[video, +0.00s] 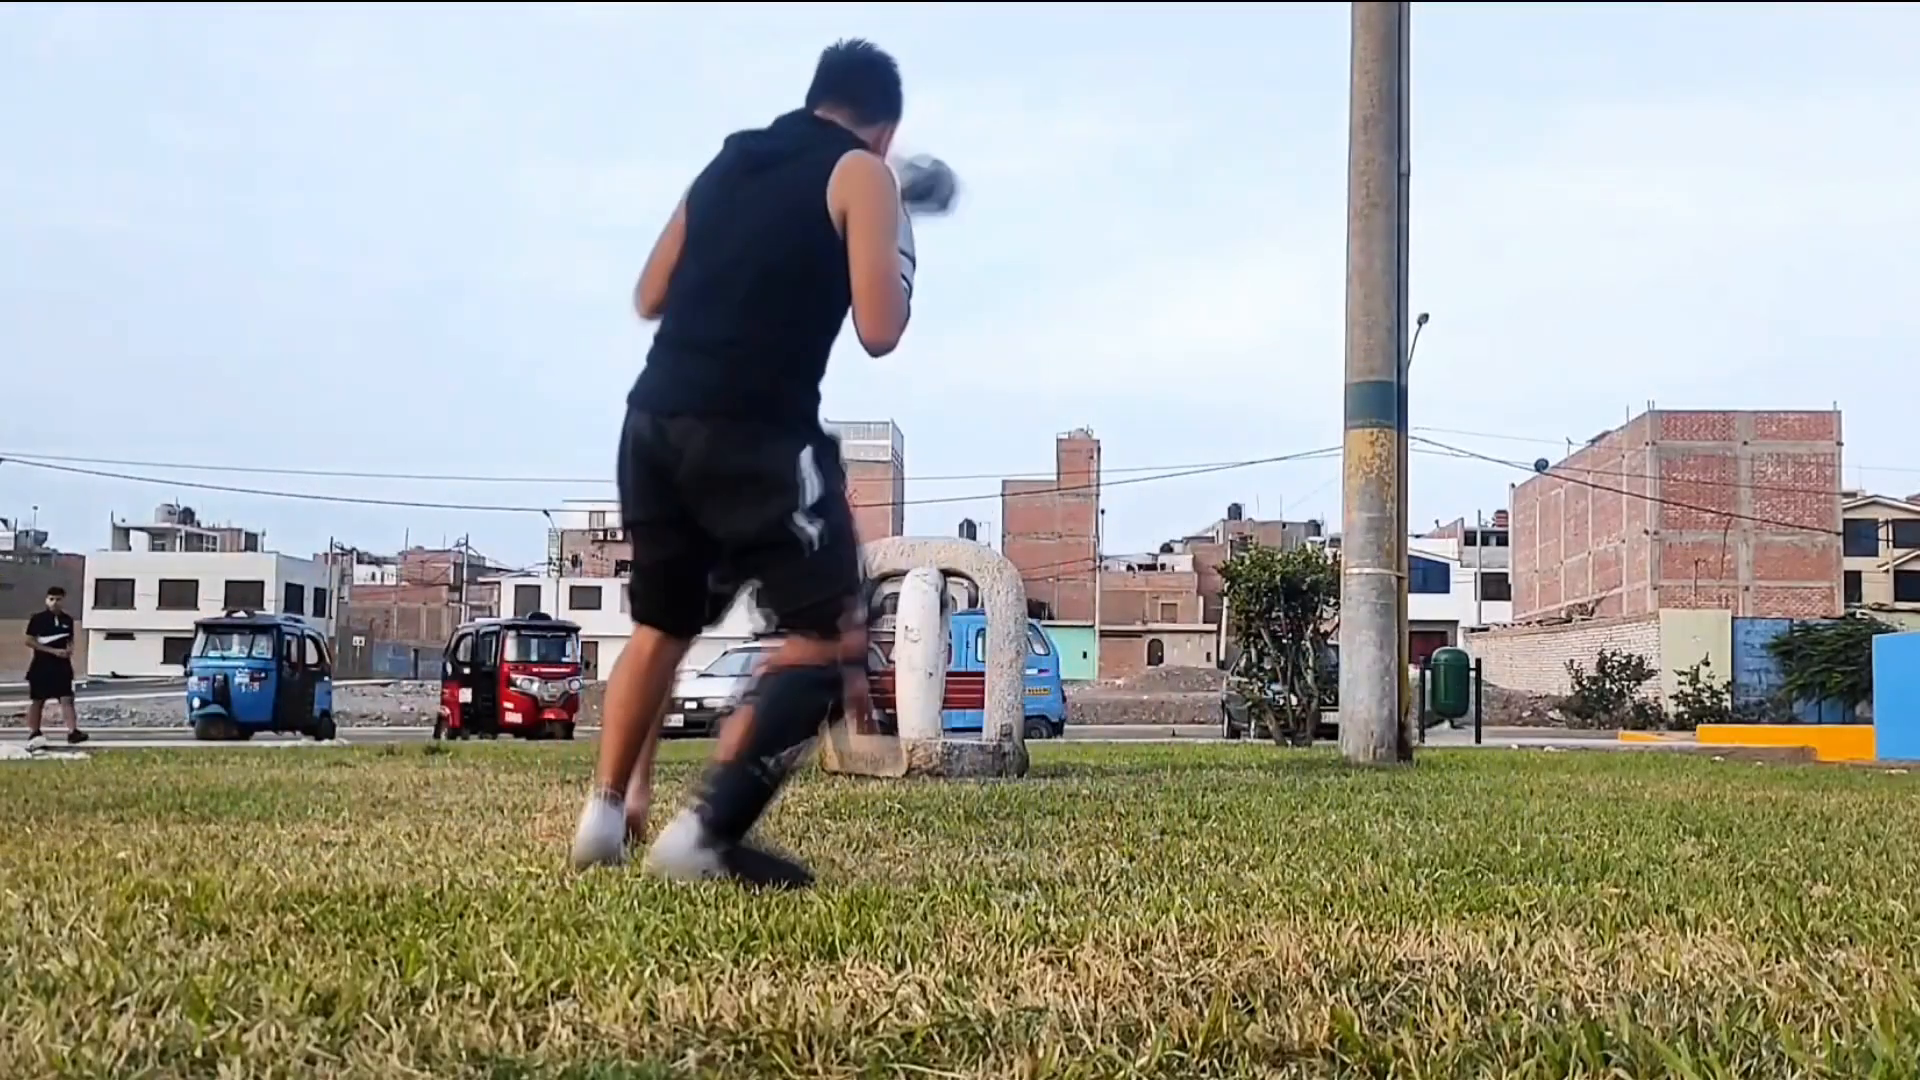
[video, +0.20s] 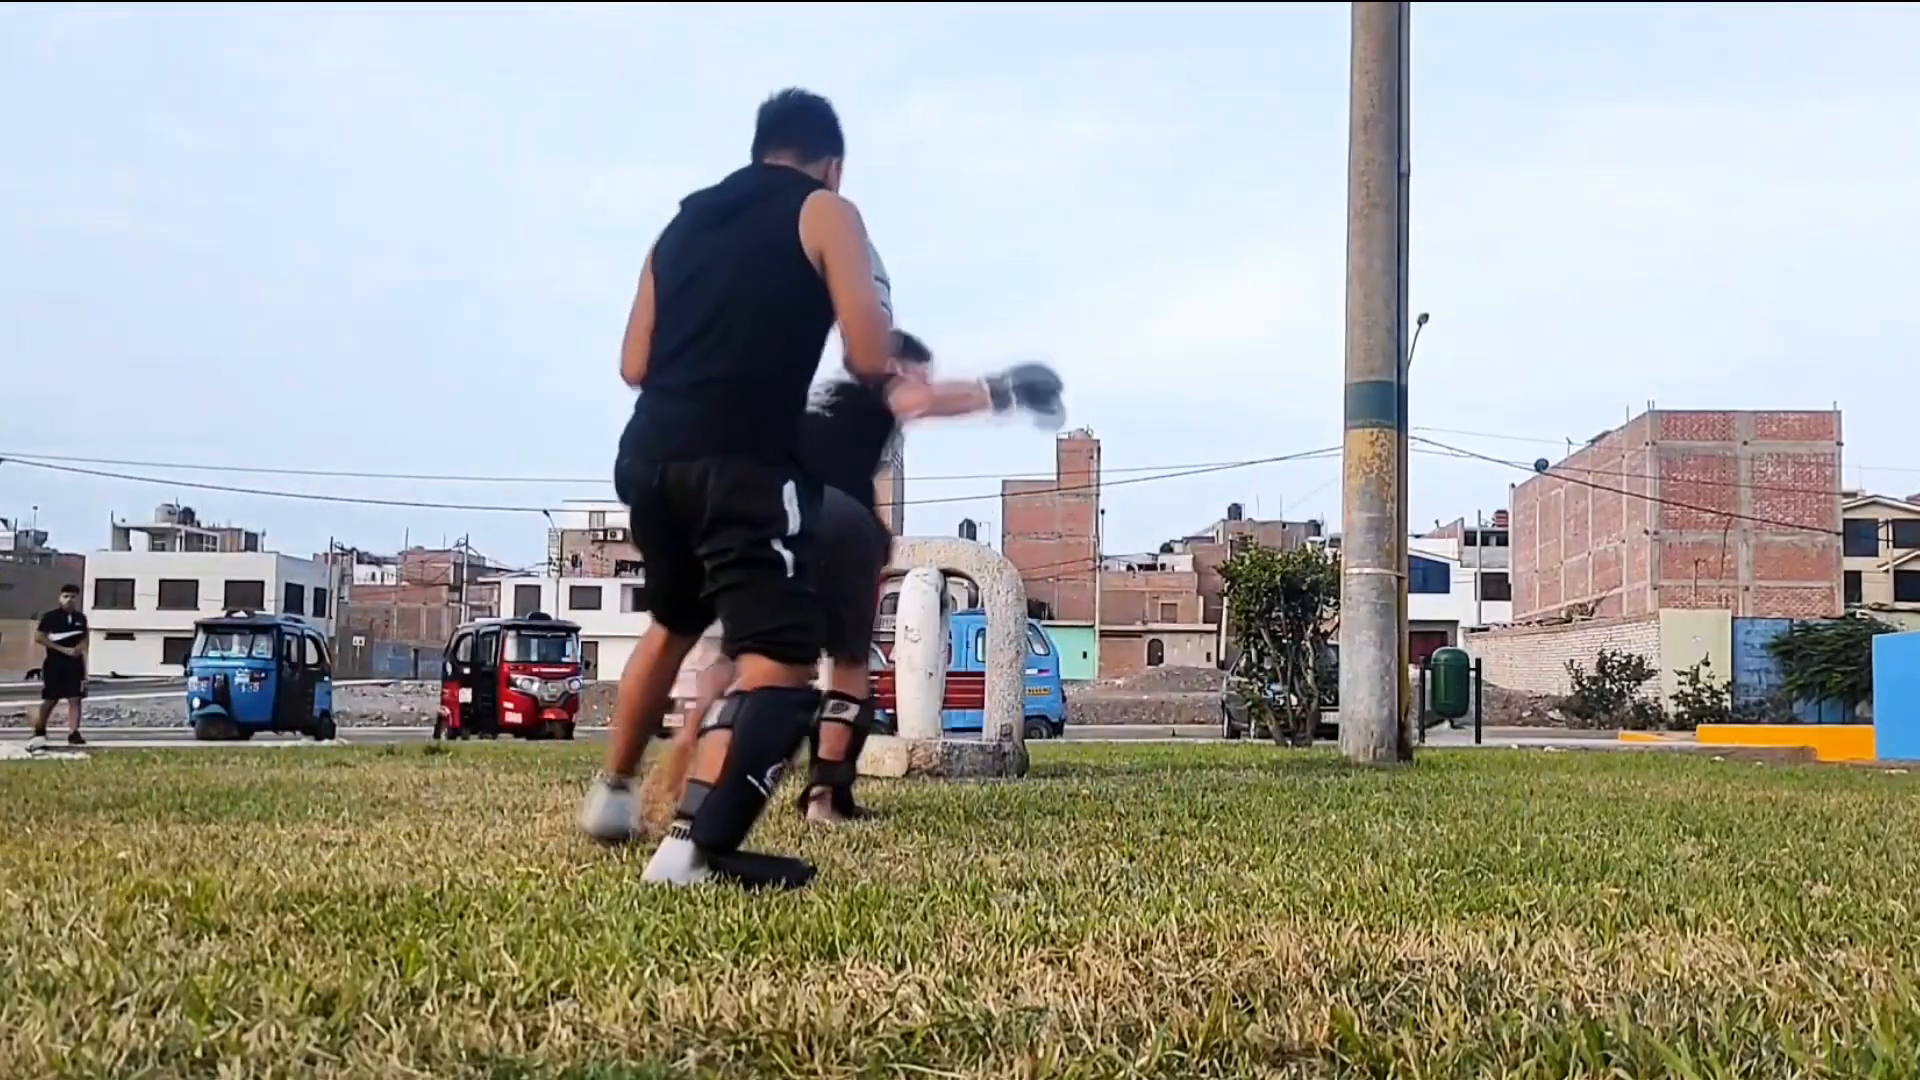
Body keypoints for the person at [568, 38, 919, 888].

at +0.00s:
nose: (886, 143)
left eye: (883, 134)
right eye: (888, 134)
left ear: (813, 100)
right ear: (881, 123)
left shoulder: (730, 161)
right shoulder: (862, 174)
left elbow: (653, 296)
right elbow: (880, 331)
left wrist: (756, 262)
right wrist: (895, 236)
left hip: (656, 420)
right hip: (759, 430)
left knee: (661, 618)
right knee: (821, 640)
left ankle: (606, 814)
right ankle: (707, 835)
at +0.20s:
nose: (836, 181)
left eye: (835, 172)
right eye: (837, 171)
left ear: (757, 151)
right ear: (825, 162)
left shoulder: (683, 222)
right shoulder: (826, 213)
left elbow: (635, 363)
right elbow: (868, 355)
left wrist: (726, 358)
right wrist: (891, 342)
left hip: (649, 451)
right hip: (743, 457)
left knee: (675, 616)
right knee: (781, 659)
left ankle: (613, 795)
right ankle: (694, 851)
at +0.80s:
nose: (797, 238)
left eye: (801, 230)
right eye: (799, 225)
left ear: (730, 198)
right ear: (785, 206)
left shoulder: (677, 254)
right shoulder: (760, 237)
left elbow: (694, 349)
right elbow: (797, 345)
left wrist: (777, 294)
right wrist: (821, 311)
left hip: (656, 472)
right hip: (737, 469)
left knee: (666, 644)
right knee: (836, 619)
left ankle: (629, 818)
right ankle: (775, 785)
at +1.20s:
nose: (896, 277)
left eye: (900, 266)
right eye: (899, 263)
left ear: (837, 241)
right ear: (879, 249)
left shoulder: (786, 293)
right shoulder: (850, 286)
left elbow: (814, 388)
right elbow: (887, 392)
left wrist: (878, 334)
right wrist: (917, 347)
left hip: (769, 491)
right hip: (828, 493)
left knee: (795, 641)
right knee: (856, 647)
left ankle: (729, 734)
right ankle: (822, 805)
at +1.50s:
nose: (908, 331)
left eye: (911, 318)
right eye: (907, 316)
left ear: (871, 303)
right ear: (878, 303)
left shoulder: (848, 353)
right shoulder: (828, 346)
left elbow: (907, 432)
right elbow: (857, 444)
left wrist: (904, 395)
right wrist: (894, 396)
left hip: (840, 545)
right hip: (811, 547)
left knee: (878, 686)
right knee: (861, 691)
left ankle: (790, 829)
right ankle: (772, 833)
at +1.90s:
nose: (881, 353)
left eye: (884, 339)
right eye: (876, 336)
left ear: (835, 332)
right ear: (833, 327)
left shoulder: (829, 401)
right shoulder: (780, 382)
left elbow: (870, 496)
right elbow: (810, 482)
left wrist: (892, 432)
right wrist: (863, 422)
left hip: (816, 596)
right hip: (764, 595)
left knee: (897, 710)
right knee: (757, 741)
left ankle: (833, 828)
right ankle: (668, 874)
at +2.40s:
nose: (949, 351)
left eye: (953, 336)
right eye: (940, 334)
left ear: (933, 336)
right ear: (894, 328)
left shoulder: (921, 414)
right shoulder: (830, 396)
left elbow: (986, 496)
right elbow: (850, 496)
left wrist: (1007, 419)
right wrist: (908, 418)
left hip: (911, 614)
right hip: (830, 613)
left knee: (995, 742)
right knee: (807, 753)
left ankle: (948, 877)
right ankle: (760, 912)